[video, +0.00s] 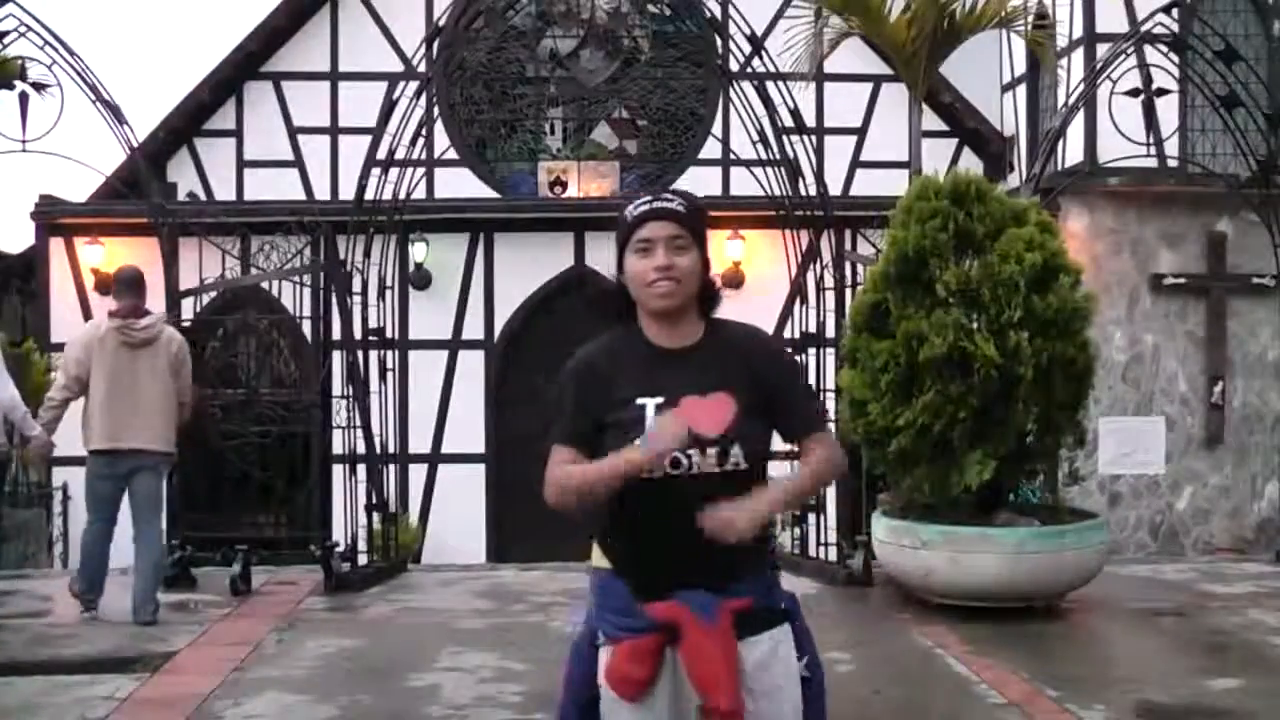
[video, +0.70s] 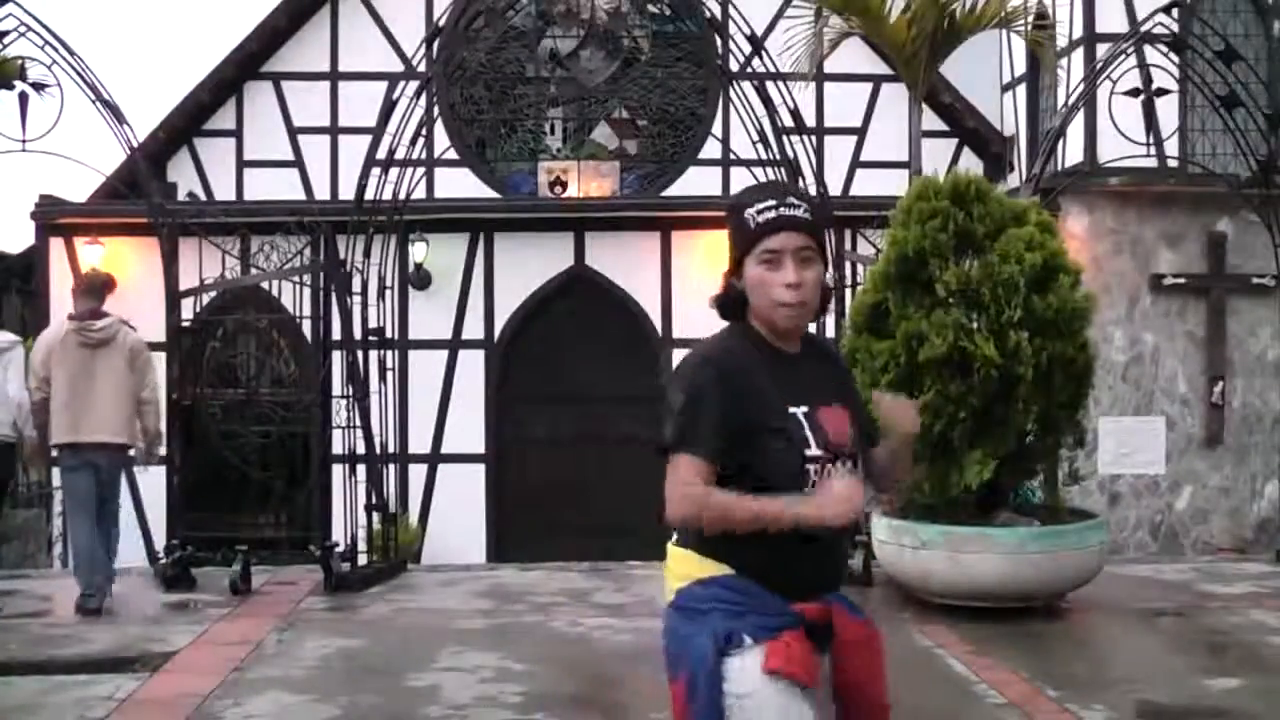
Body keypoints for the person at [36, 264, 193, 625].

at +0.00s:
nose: (116, 304)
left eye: (116, 298)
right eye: (121, 298)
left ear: (114, 297)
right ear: (144, 296)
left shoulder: (91, 338)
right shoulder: (173, 340)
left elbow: (62, 391)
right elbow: (185, 400)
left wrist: (41, 433)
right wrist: (169, 427)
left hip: (105, 447)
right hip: (153, 446)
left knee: (99, 523)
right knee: (149, 530)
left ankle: (88, 594)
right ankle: (145, 609)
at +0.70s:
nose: (76, 302)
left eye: (77, 296)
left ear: (76, 295)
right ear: (106, 297)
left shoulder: (52, 339)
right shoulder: (130, 340)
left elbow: (39, 395)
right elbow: (148, 395)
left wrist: (43, 439)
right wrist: (151, 443)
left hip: (72, 438)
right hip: (113, 438)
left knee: (80, 514)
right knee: (108, 511)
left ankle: (90, 593)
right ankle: (101, 581)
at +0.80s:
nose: (78, 304)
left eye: (76, 297)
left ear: (74, 297)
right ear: (106, 299)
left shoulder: (51, 340)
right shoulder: (129, 341)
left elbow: (40, 396)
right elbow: (147, 397)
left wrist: (43, 440)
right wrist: (150, 444)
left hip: (71, 439)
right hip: (113, 439)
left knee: (80, 514)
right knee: (105, 513)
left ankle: (91, 594)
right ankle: (94, 583)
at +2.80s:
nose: (125, 319)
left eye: (122, 313)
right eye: (130, 313)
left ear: (114, 314)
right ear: (140, 314)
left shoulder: (91, 344)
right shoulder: (157, 343)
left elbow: (75, 391)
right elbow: (170, 388)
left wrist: (71, 427)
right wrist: (169, 424)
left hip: (104, 433)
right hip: (145, 432)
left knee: (100, 496)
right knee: (149, 496)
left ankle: (87, 557)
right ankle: (149, 557)